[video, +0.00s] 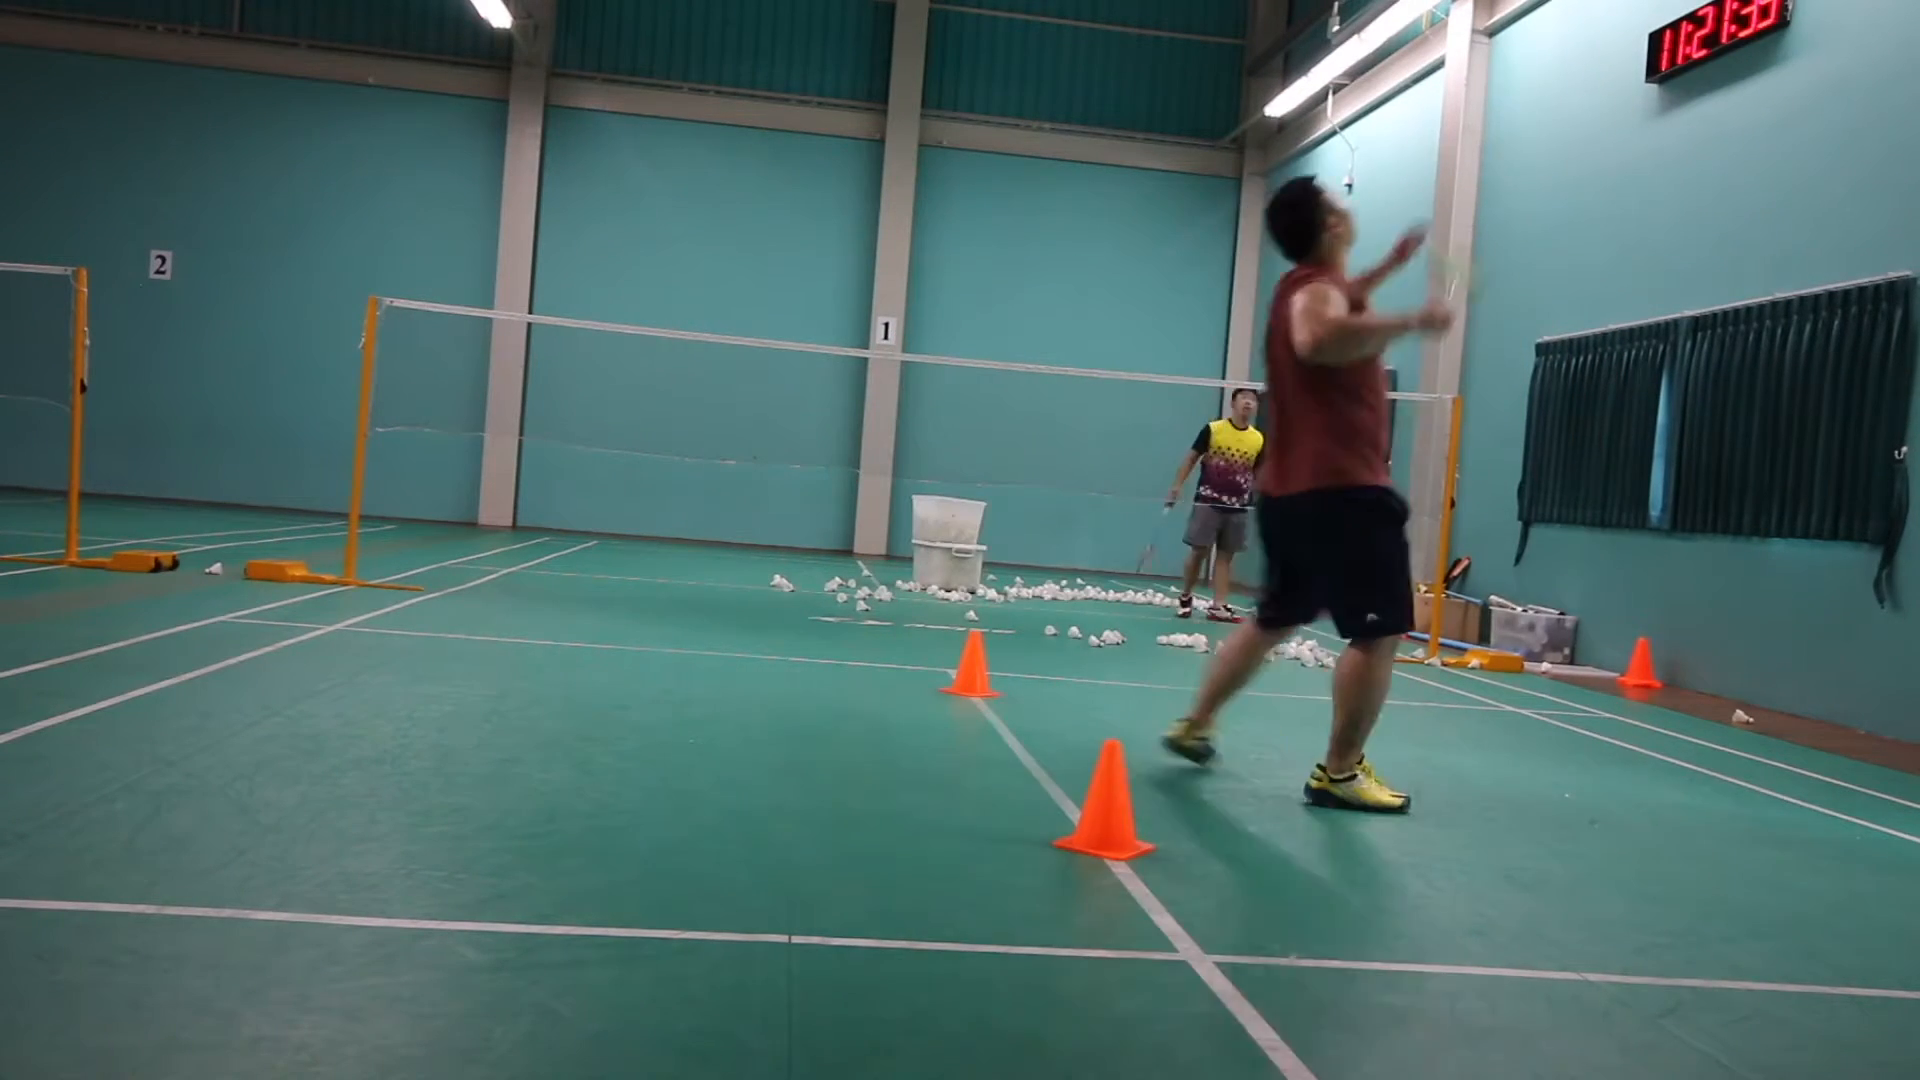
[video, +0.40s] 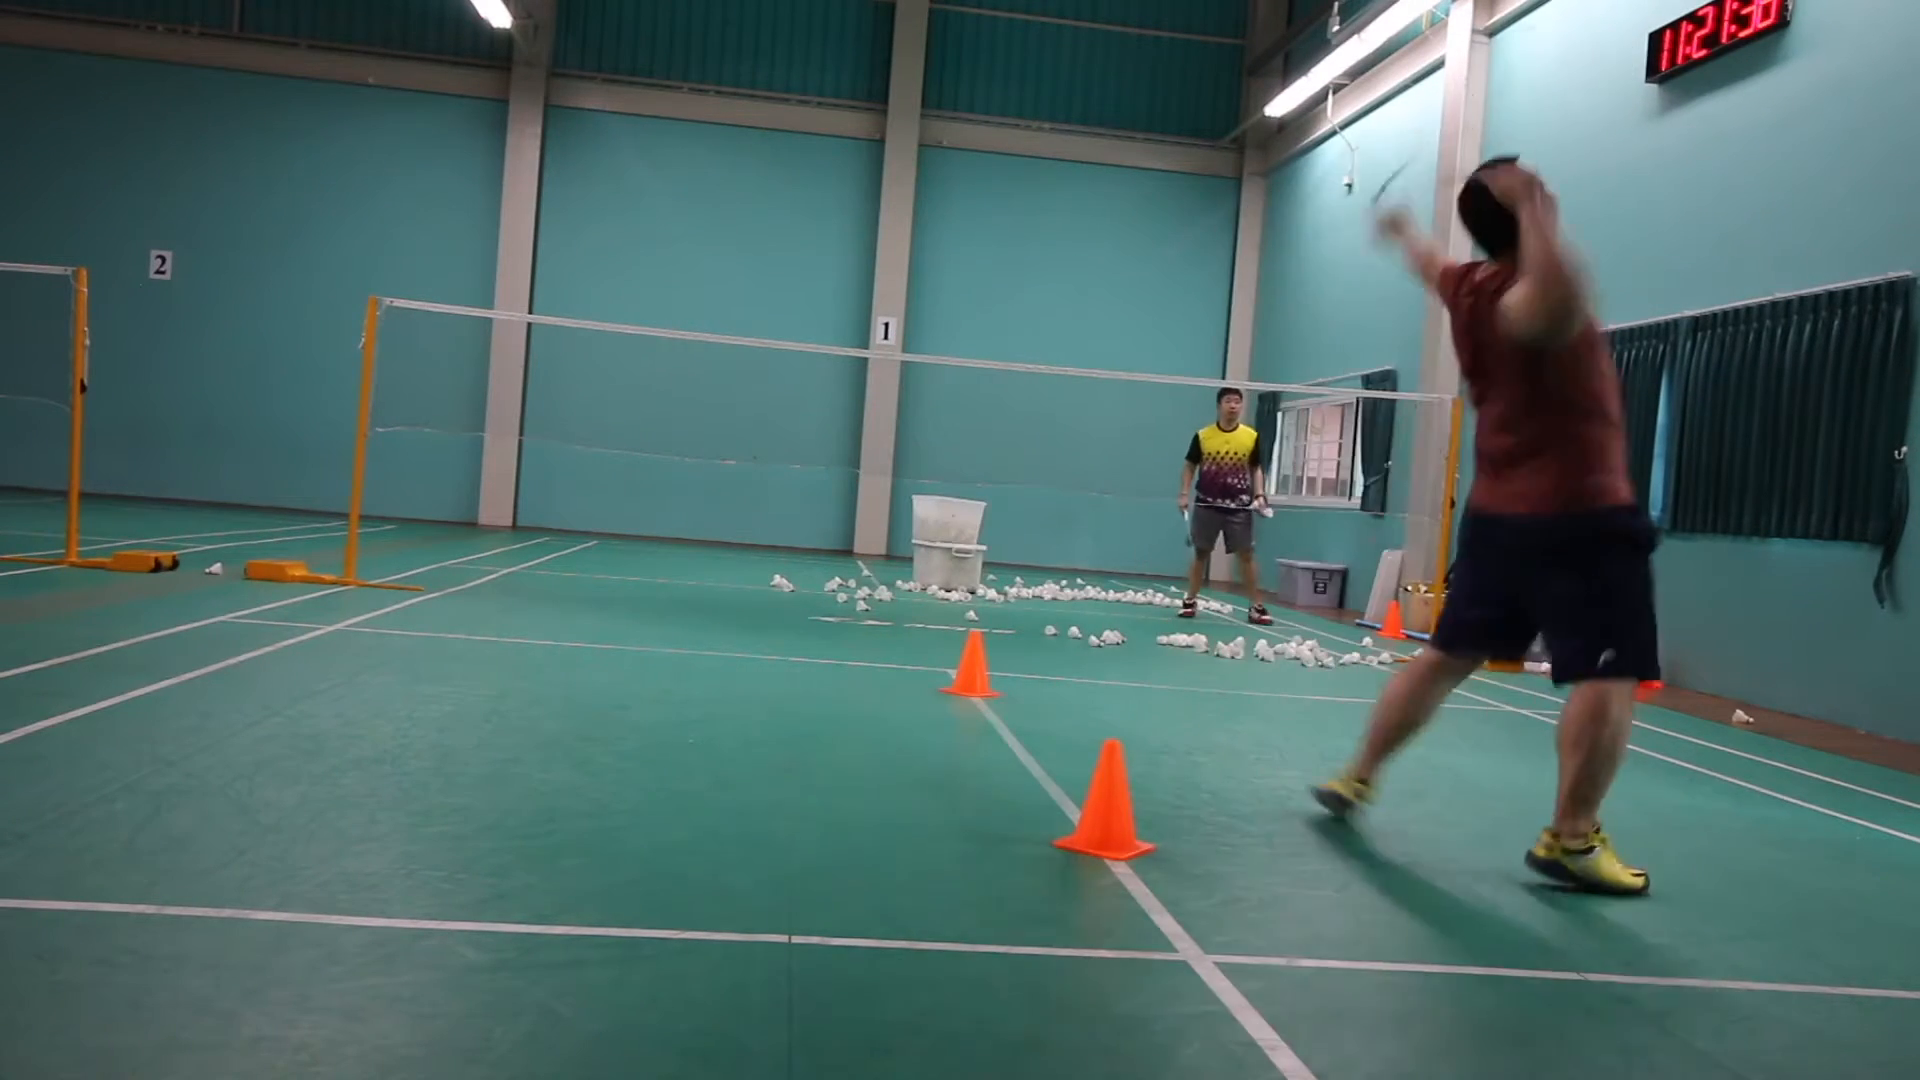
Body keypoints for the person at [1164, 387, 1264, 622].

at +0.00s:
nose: (1248, 403)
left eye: (1252, 400)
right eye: (1244, 398)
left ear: (1256, 407)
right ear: (1233, 403)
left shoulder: (1258, 439)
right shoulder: (1212, 429)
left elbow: (1259, 471)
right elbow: (1192, 458)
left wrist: (1265, 492)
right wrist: (1177, 485)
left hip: (1237, 506)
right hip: (1208, 502)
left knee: (1225, 556)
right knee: (1199, 552)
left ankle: (1219, 604)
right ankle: (1186, 596)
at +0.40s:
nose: (1233, 406)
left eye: (1237, 402)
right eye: (1228, 402)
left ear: (1242, 407)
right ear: (1219, 406)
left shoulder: (1252, 437)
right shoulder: (1203, 436)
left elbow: (1256, 468)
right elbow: (1190, 466)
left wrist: (1259, 494)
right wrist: (1184, 494)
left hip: (1239, 508)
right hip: (1207, 505)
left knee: (1247, 556)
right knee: (1201, 554)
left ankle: (1256, 606)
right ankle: (1190, 600)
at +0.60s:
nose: (1255, 407)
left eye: (1258, 403)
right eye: (1250, 403)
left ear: (1262, 409)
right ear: (1240, 407)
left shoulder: (1271, 439)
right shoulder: (1224, 437)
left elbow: (1275, 471)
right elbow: (1209, 468)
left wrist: (1285, 499)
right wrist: (1207, 498)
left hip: (1258, 510)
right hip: (1226, 508)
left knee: (1260, 558)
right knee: (1210, 554)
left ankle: (1258, 607)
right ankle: (1192, 599)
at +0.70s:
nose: (1264, 409)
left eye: (1267, 405)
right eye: (1258, 405)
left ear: (1270, 411)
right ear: (1248, 409)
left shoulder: (1277, 440)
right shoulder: (1231, 440)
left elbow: (1283, 472)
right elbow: (1217, 472)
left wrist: (1295, 500)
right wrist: (1221, 502)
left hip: (1263, 512)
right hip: (1233, 509)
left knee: (1263, 559)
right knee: (1215, 553)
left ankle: (1258, 607)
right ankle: (1192, 598)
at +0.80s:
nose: (1267, 413)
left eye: (1270, 409)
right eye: (1262, 408)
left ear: (1274, 413)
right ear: (1252, 412)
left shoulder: (1280, 441)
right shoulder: (1236, 442)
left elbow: (1285, 473)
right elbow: (1221, 475)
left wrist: (1298, 501)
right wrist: (1237, 496)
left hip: (1262, 510)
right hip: (1232, 507)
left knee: (1263, 558)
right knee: (1216, 551)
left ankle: (1258, 608)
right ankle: (1194, 596)